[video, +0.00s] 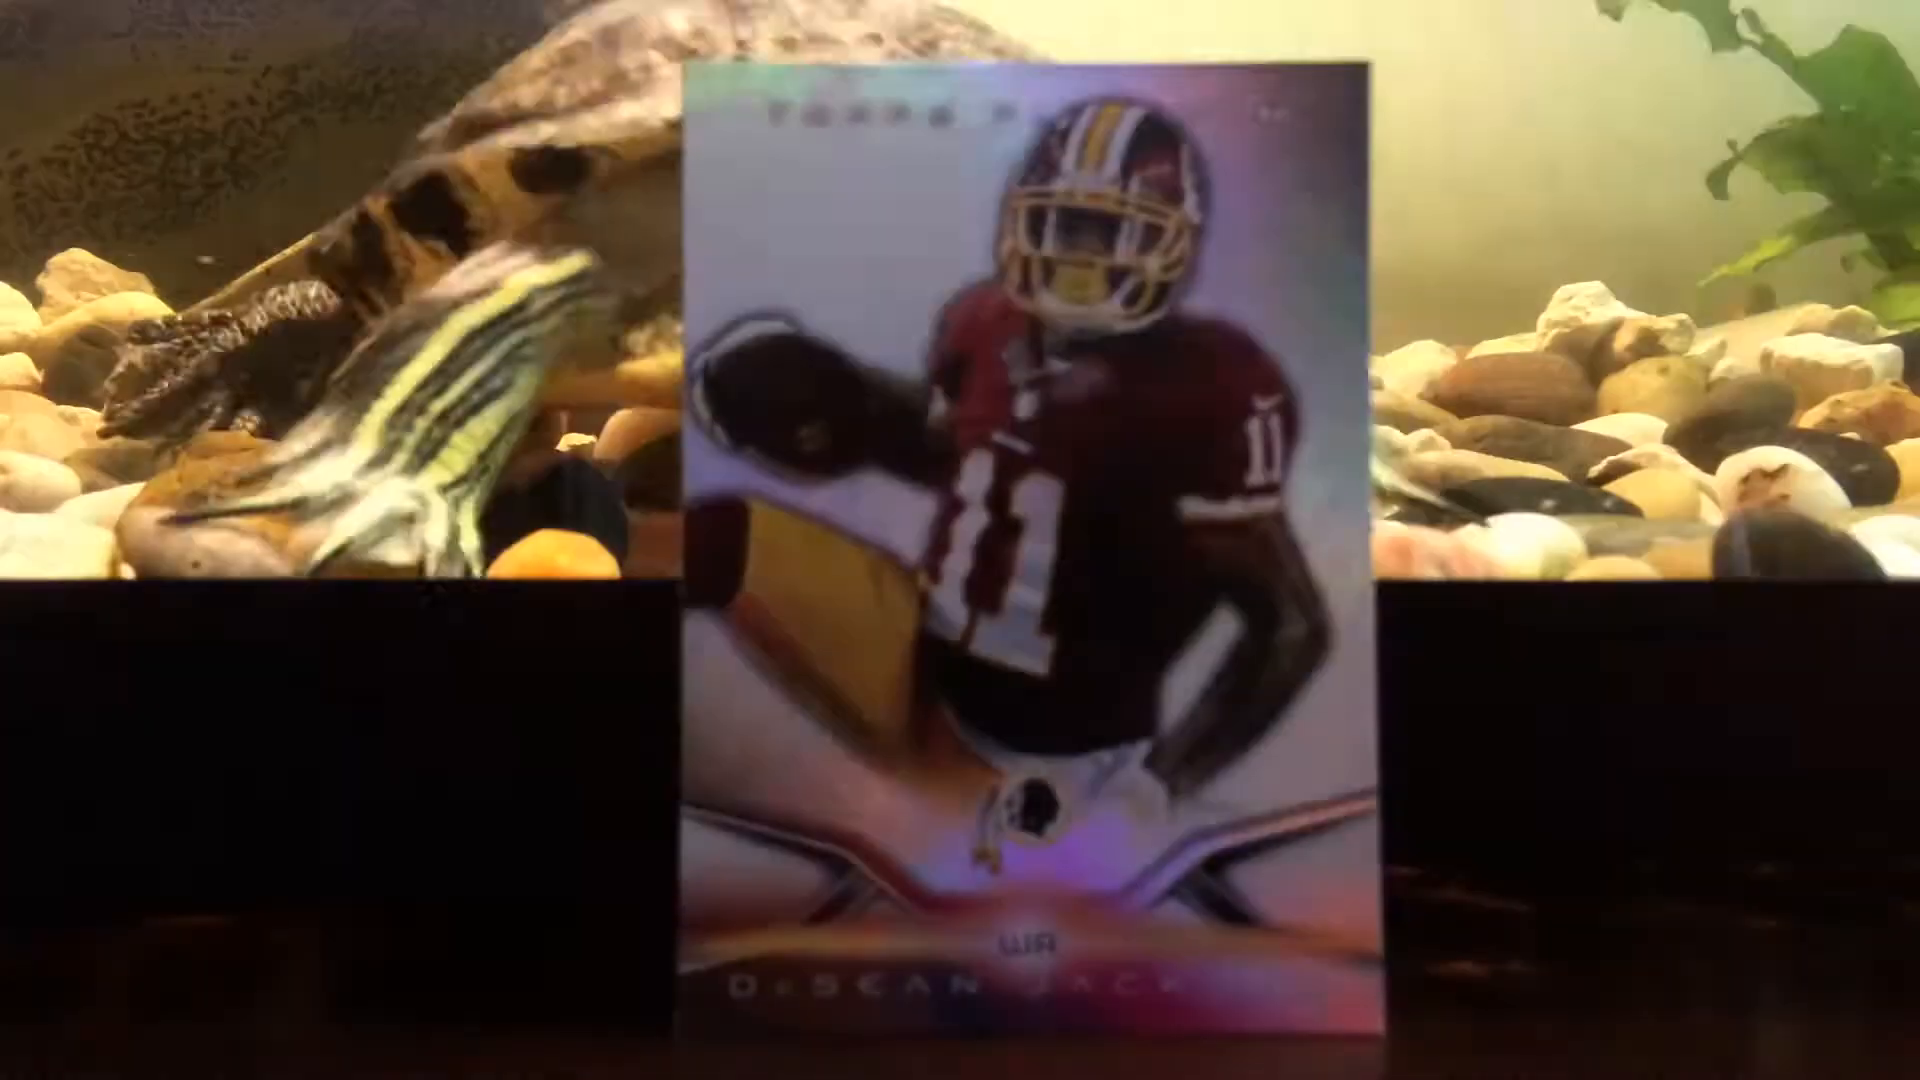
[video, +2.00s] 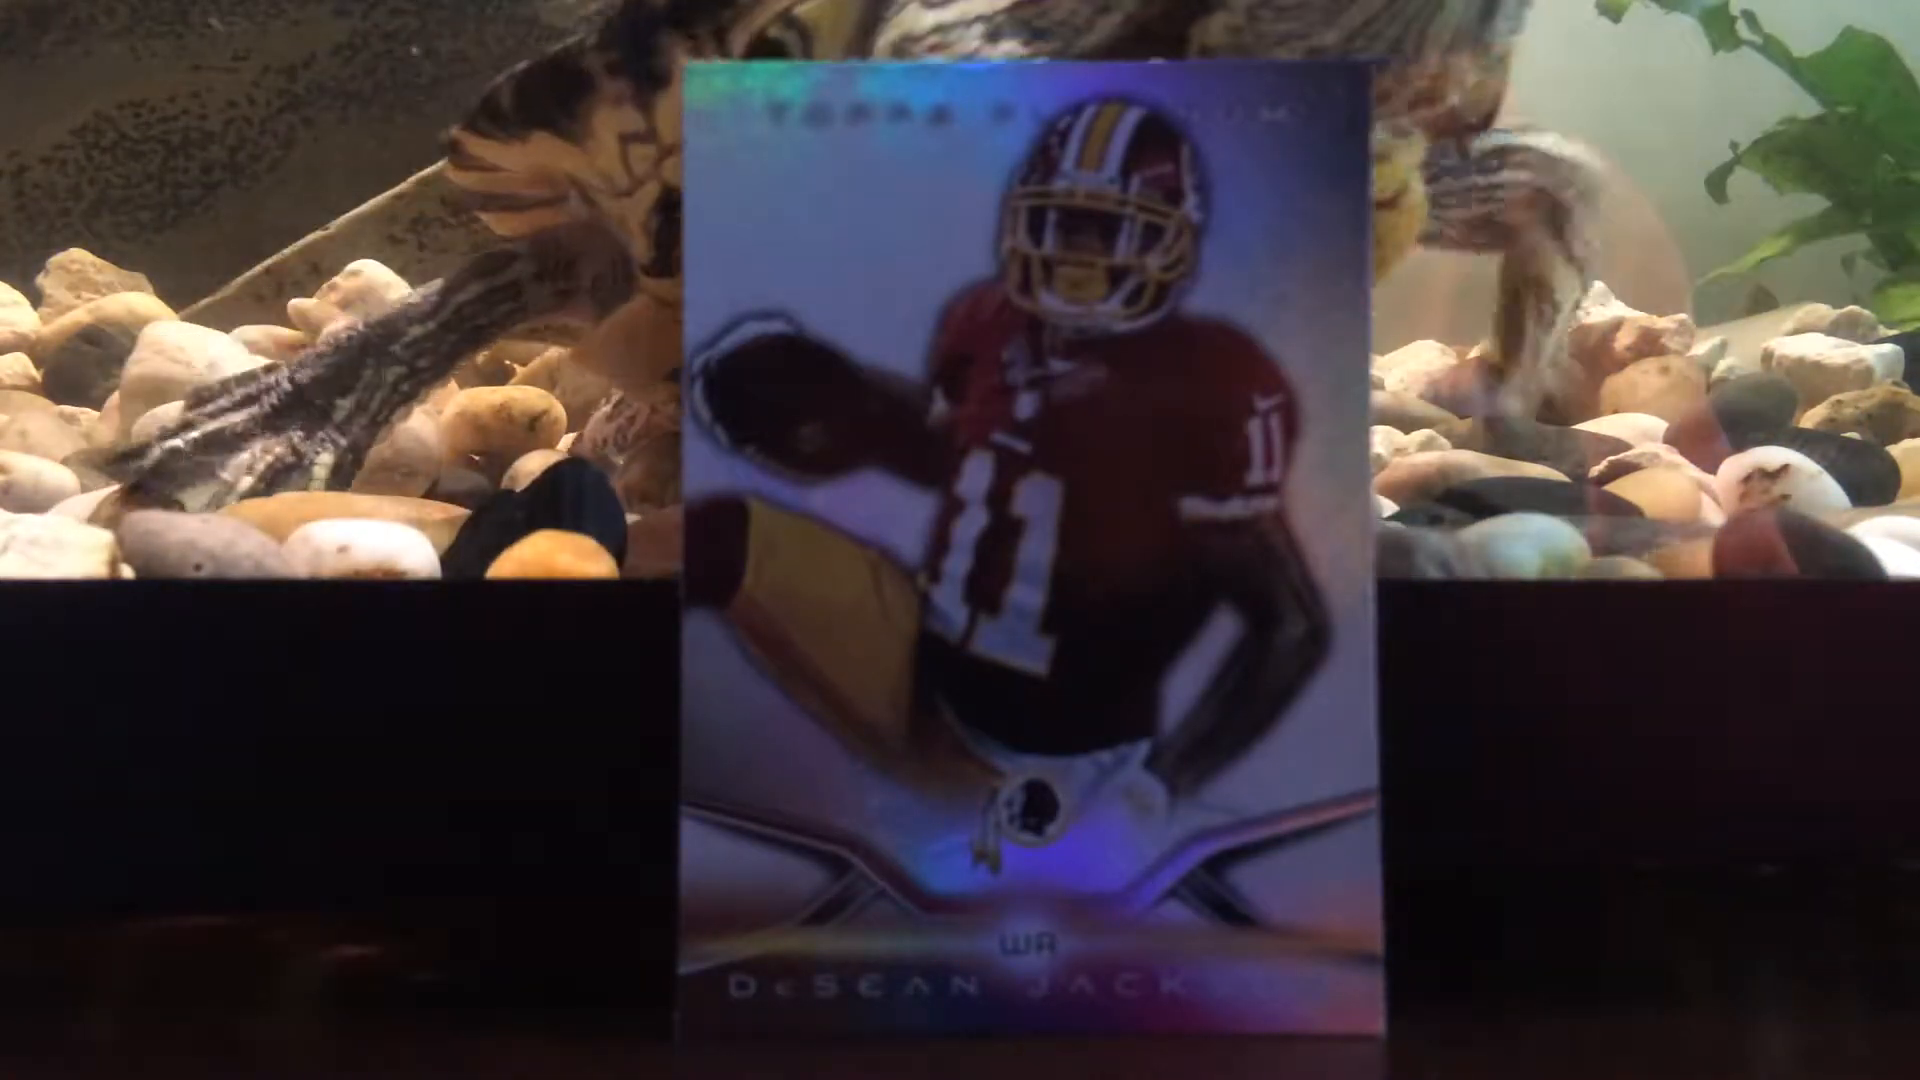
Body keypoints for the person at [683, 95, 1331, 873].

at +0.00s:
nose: (1080, 259)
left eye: (1115, 233)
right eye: (1060, 226)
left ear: (1175, 245)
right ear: (1021, 227)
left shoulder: (1215, 387)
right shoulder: (980, 328)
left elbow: (1291, 629)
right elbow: (952, 456)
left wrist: (1159, 786)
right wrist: (852, 415)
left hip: (1088, 762)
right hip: (935, 709)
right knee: (720, 539)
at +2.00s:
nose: (1079, 259)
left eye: (1114, 234)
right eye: (1061, 226)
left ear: (1175, 248)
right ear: (1021, 228)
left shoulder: (1215, 388)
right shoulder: (980, 327)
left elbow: (1293, 629)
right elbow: (959, 460)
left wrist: (1155, 789)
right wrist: (856, 415)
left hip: (1078, 753)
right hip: (929, 679)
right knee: (716, 537)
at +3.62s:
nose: (1079, 255)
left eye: (1114, 230)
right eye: (1060, 222)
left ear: (1176, 246)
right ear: (1021, 225)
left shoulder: (1216, 385)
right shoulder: (979, 325)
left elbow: (1294, 629)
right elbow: (956, 458)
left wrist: (1155, 791)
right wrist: (857, 414)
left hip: (1077, 750)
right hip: (929, 675)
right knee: (713, 535)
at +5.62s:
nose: (1078, 251)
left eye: (1112, 227)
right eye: (1058, 220)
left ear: (1175, 244)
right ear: (1020, 224)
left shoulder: (1216, 384)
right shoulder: (980, 325)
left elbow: (1294, 630)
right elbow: (956, 458)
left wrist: (1157, 790)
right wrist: (852, 411)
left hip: (1083, 757)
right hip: (929, 683)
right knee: (711, 536)